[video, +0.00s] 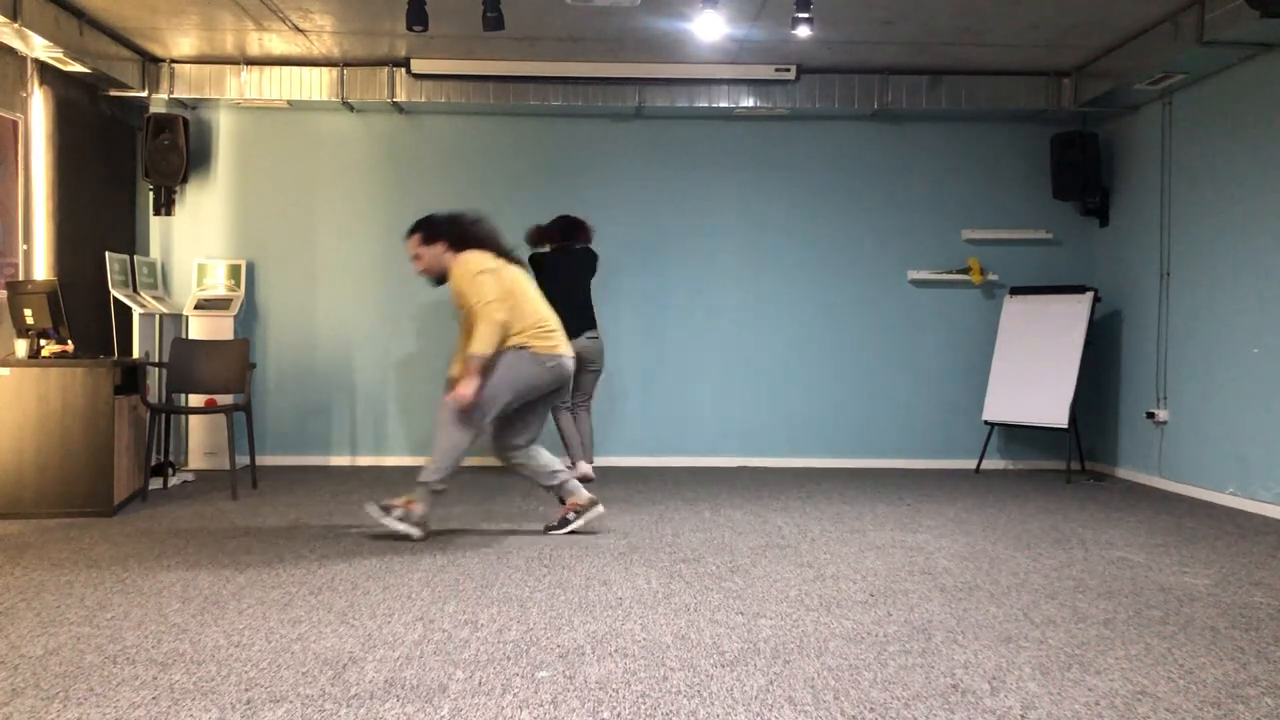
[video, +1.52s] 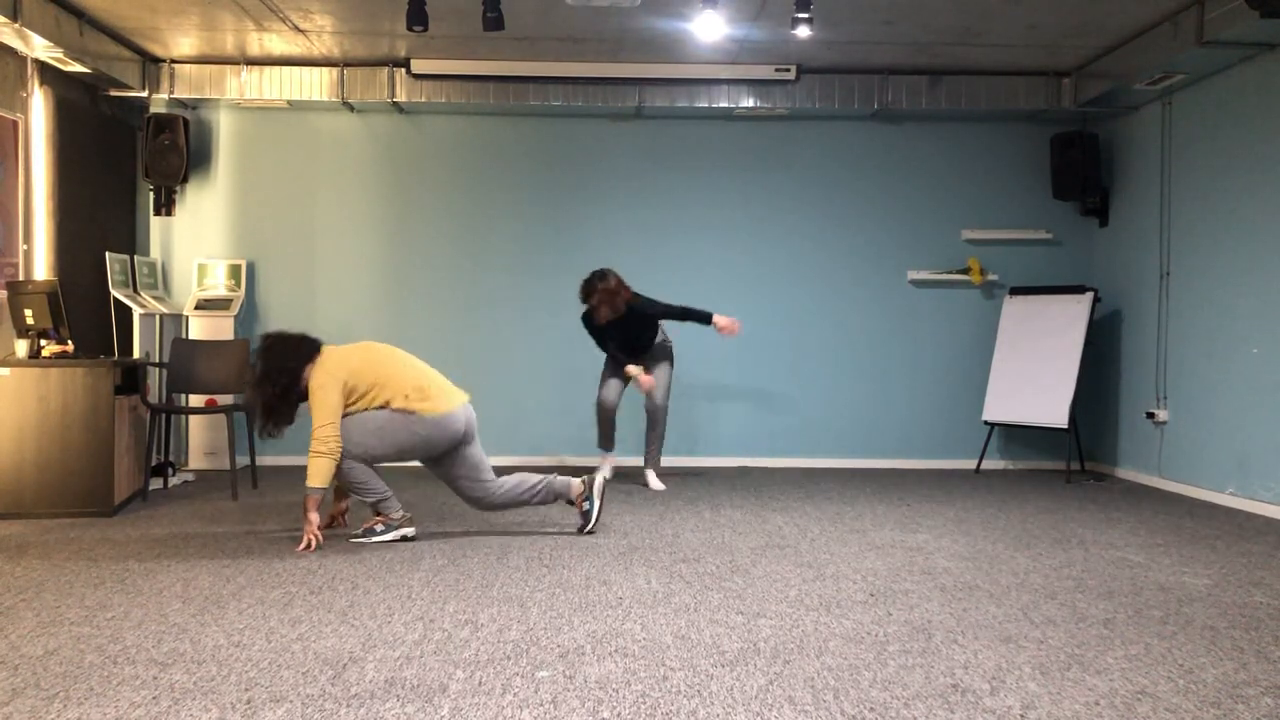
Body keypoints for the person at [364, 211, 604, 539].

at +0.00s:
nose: (416, 268)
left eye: (418, 257)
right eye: (413, 260)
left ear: (443, 246)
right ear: (442, 248)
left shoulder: (468, 264)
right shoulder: (480, 267)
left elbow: (491, 313)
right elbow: (469, 333)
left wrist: (471, 374)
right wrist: (457, 379)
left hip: (535, 354)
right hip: (554, 358)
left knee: (462, 409)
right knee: (512, 444)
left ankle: (417, 507)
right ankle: (579, 500)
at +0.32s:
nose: (308, 389)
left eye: (307, 380)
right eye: (304, 383)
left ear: (325, 366)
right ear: (328, 365)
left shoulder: (360, 375)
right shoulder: (369, 366)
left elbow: (346, 436)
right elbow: (360, 443)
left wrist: (320, 501)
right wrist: (345, 502)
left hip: (458, 404)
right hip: (475, 408)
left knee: (365, 430)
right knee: (450, 501)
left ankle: (393, 517)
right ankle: (536, 489)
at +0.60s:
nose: (286, 418)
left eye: (277, 411)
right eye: (276, 413)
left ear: (283, 391)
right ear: (290, 376)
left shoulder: (319, 376)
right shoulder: (337, 361)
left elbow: (321, 441)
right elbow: (351, 439)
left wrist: (311, 511)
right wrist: (343, 503)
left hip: (427, 376)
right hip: (448, 372)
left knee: (348, 434)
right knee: (462, 467)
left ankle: (393, 514)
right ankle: (550, 487)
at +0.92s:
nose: (295, 409)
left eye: (286, 405)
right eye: (290, 407)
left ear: (282, 386)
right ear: (287, 376)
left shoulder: (308, 370)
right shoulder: (320, 356)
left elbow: (317, 438)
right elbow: (345, 432)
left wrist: (310, 511)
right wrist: (341, 498)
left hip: (418, 357)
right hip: (442, 348)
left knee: (348, 432)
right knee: (489, 423)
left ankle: (391, 514)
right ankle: (562, 485)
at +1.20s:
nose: (293, 410)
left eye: (282, 405)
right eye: (287, 407)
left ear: (281, 386)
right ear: (287, 374)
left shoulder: (308, 371)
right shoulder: (321, 356)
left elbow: (317, 439)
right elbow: (344, 430)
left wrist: (310, 511)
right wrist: (338, 494)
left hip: (418, 361)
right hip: (443, 351)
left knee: (348, 434)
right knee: (489, 424)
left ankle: (392, 514)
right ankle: (564, 485)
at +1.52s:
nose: (287, 392)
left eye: (281, 384)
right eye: (280, 385)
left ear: (290, 371)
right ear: (306, 352)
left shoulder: (325, 373)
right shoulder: (343, 359)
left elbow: (323, 445)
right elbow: (349, 441)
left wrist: (310, 515)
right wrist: (340, 499)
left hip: (430, 420)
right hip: (455, 413)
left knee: (335, 444)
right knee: (485, 492)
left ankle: (391, 516)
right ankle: (575, 488)